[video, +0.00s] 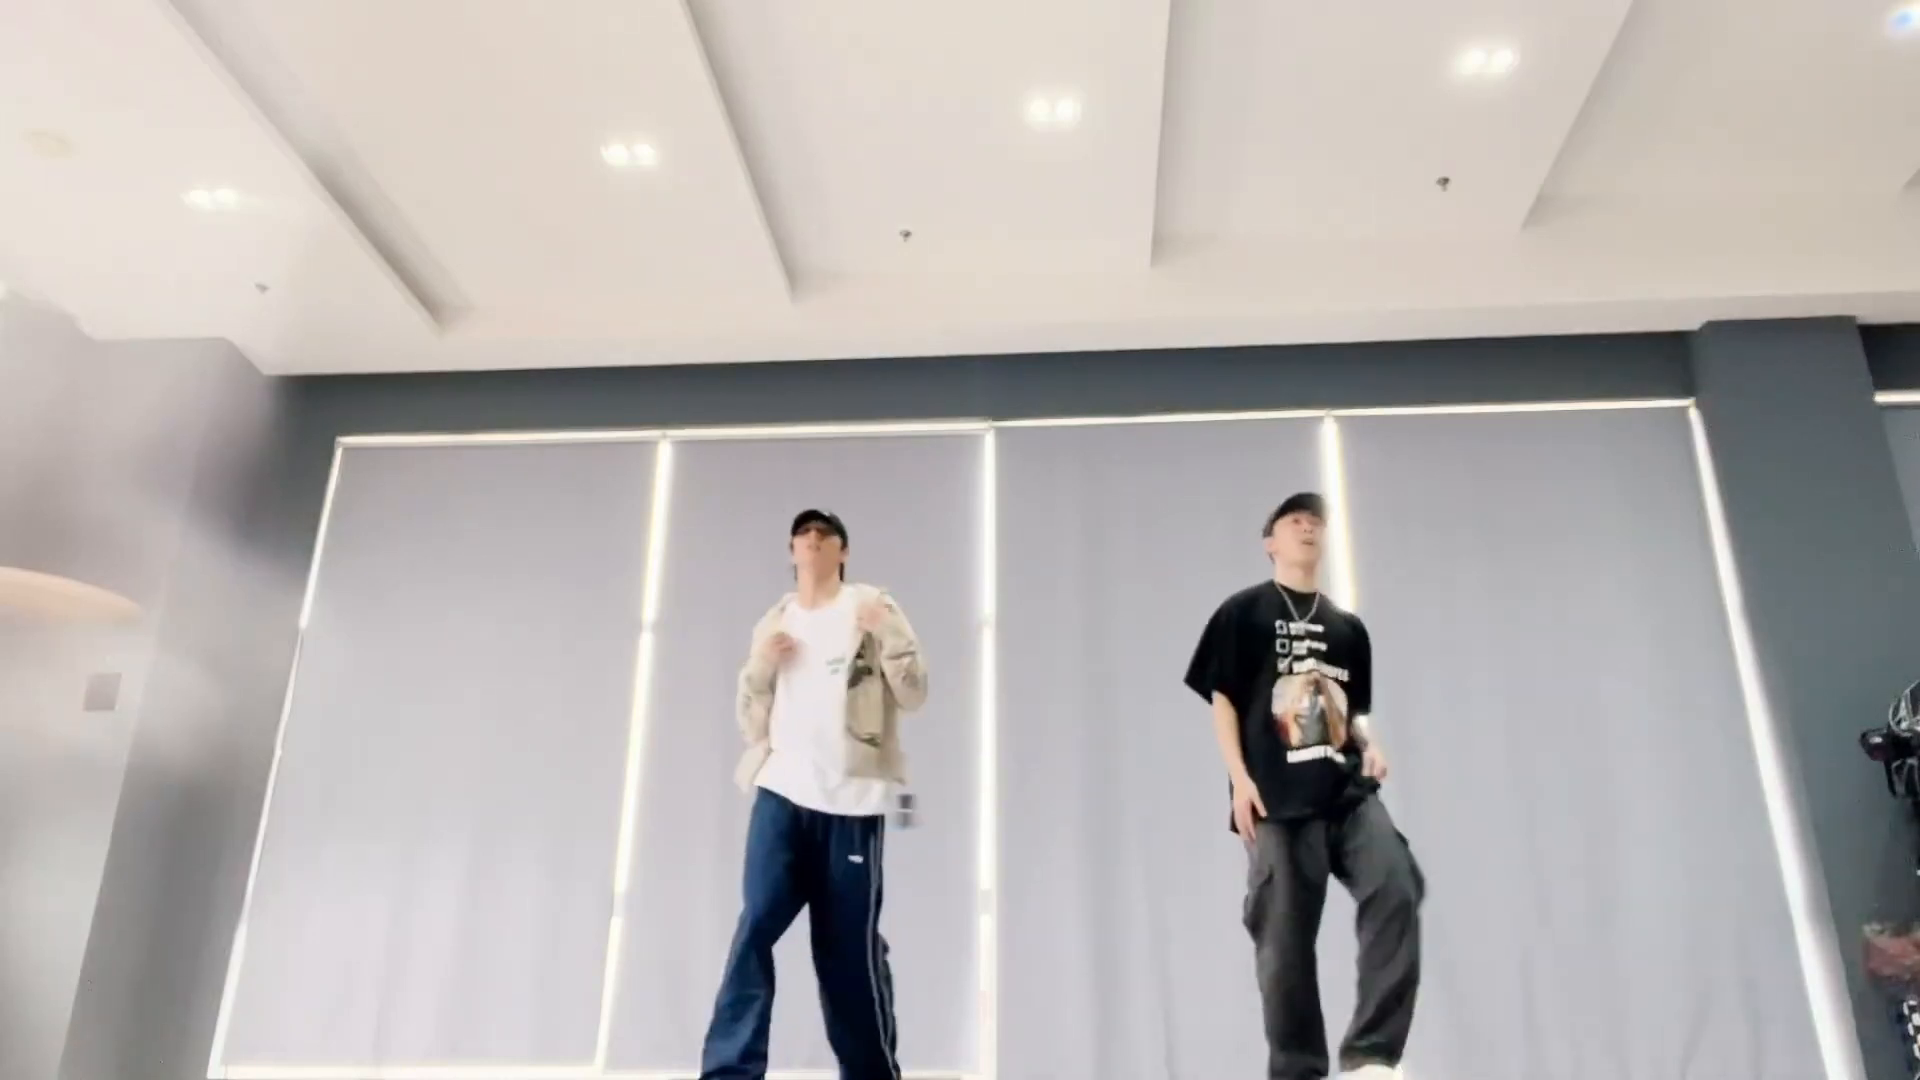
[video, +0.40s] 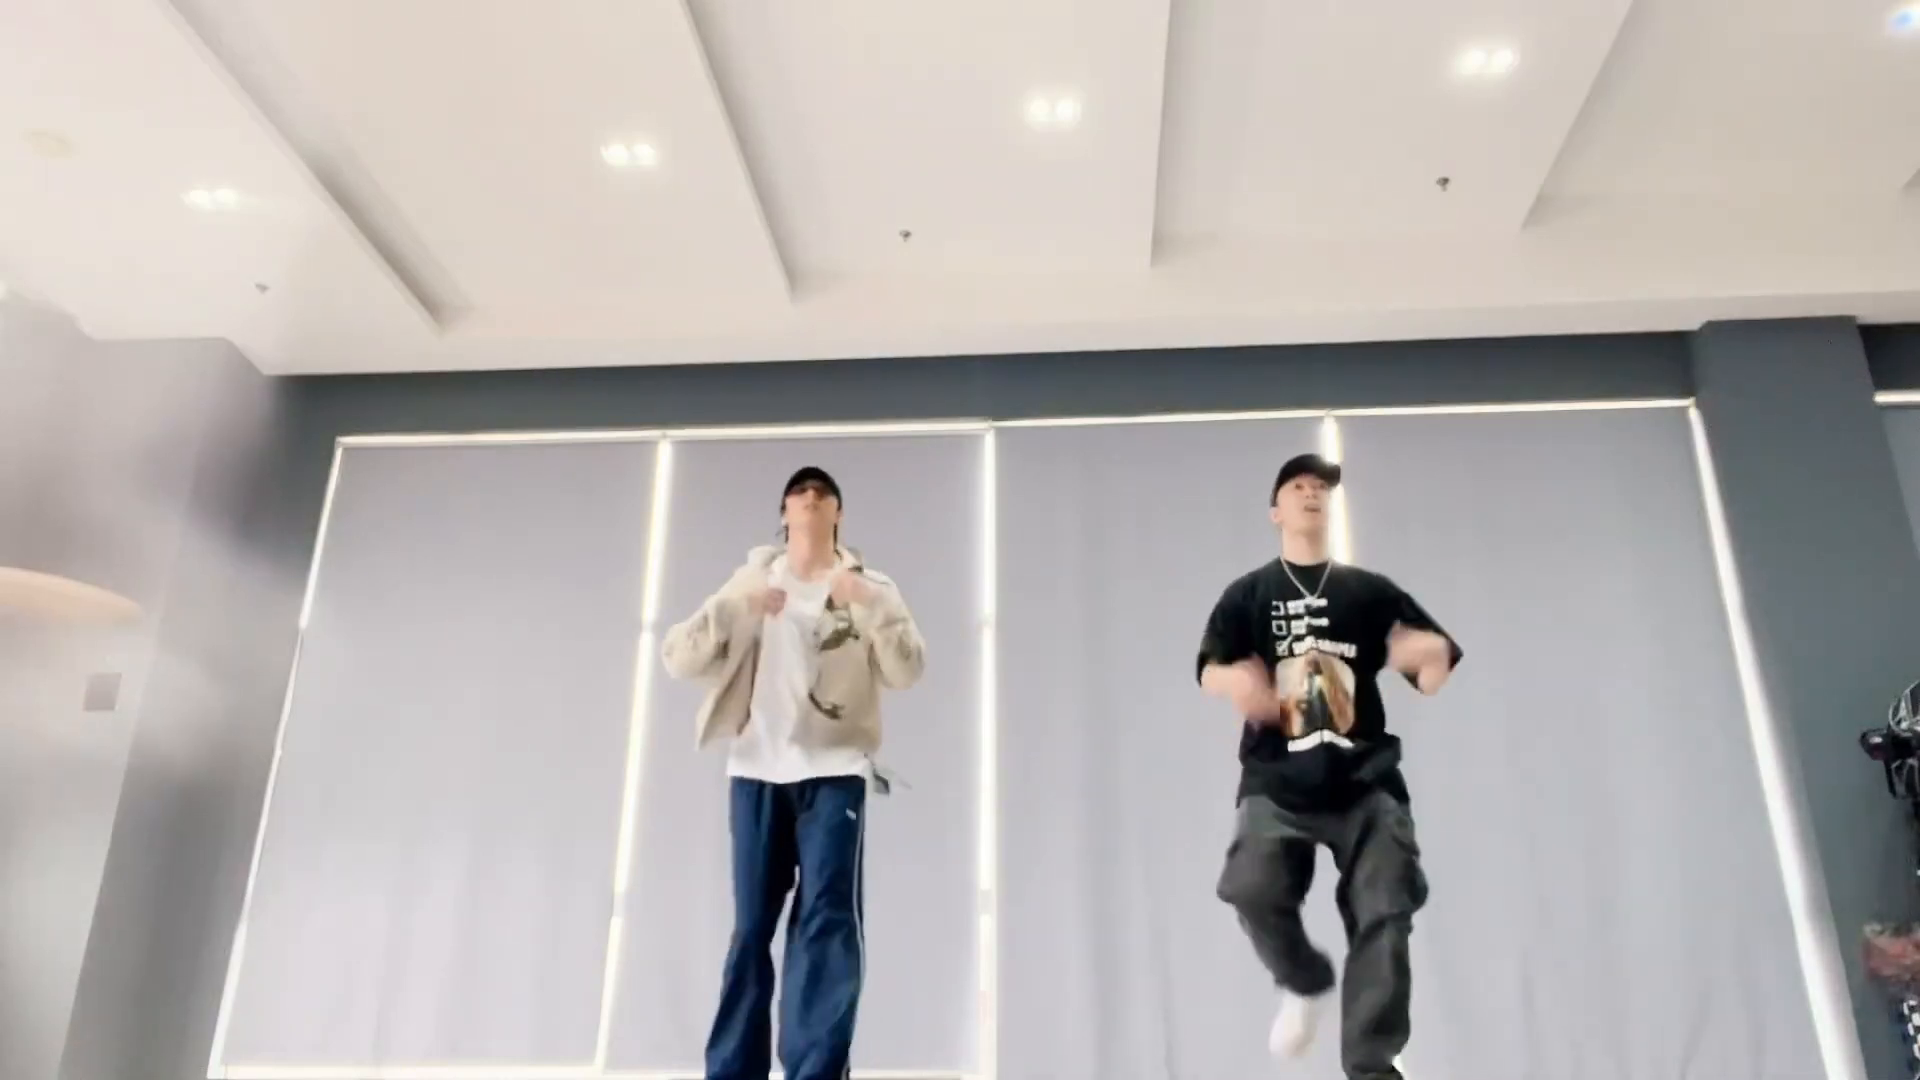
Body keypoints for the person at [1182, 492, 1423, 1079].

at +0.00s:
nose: (1308, 528)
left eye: (1316, 521)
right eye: (1295, 522)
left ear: (1325, 541)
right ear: (1270, 542)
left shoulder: (1348, 628)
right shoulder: (1242, 612)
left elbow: (1354, 711)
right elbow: (1222, 703)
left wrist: (1370, 744)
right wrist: (1240, 780)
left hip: (1348, 796)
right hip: (1278, 802)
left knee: (1396, 887)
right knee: (1283, 939)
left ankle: (1372, 1057)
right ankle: (1297, 1072)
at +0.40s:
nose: (1311, 496)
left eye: (1320, 490)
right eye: (1298, 489)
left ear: (1333, 509)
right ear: (1276, 510)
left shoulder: (1372, 591)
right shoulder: (1247, 595)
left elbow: (1435, 660)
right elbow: (1211, 670)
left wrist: (1427, 654)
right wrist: (1244, 682)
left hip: (1364, 777)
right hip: (1277, 781)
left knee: (1385, 909)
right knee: (1252, 888)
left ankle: (1373, 1063)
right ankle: (1305, 984)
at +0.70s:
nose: (1311, 477)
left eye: (1320, 470)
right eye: (1297, 470)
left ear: (1331, 490)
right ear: (1272, 490)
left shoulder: (1366, 571)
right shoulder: (1238, 570)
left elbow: (1437, 654)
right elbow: (1166, 619)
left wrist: (1440, 620)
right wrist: (1209, 607)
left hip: (1373, 774)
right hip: (1285, 778)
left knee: (1397, 921)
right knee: (1280, 923)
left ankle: (1424, 1068)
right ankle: (1275, 1073)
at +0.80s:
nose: (1313, 461)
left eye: (1322, 454)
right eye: (1299, 453)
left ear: (1332, 472)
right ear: (1272, 471)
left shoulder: (1365, 542)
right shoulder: (1241, 537)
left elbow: (1381, 633)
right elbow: (1220, 619)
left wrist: (1383, 711)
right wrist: (1246, 686)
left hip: (1361, 756)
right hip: (1278, 757)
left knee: (1397, 902)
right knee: (1287, 908)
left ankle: (1413, 1066)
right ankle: (1284, 1069)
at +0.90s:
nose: (1326, 472)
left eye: (1334, 465)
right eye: (1312, 462)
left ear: (1340, 486)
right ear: (1278, 478)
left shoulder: (1355, 574)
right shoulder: (1243, 558)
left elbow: (1371, 667)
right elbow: (1239, 659)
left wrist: (1358, 726)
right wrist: (1294, 727)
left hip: (1350, 764)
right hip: (1274, 767)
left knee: (1377, 909)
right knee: (1313, 904)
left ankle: (1374, 1061)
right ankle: (1313, 1066)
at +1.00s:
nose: (1359, 499)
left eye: (1368, 494)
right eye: (1346, 486)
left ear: (1370, 517)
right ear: (1310, 496)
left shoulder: (1356, 599)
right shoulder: (1263, 545)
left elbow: (1375, 693)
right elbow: (1192, 595)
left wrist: (1391, 651)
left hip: (1312, 761)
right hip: (1242, 747)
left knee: (1375, 897)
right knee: (1257, 868)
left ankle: (1376, 1060)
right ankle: (1264, 1051)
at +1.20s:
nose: (1365, 576)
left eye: (1372, 570)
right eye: (1351, 564)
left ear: (1376, 588)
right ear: (1323, 570)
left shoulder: (1360, 667)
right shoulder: (1290, 587)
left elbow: (1447, 656)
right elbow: (1274, 488)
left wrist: (1531, 613)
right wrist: (1289, 389)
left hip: (1274, 831)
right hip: (1215, 802)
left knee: (1370, 912)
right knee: (1159, 932)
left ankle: (1375, 1068)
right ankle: (1019, 1041)